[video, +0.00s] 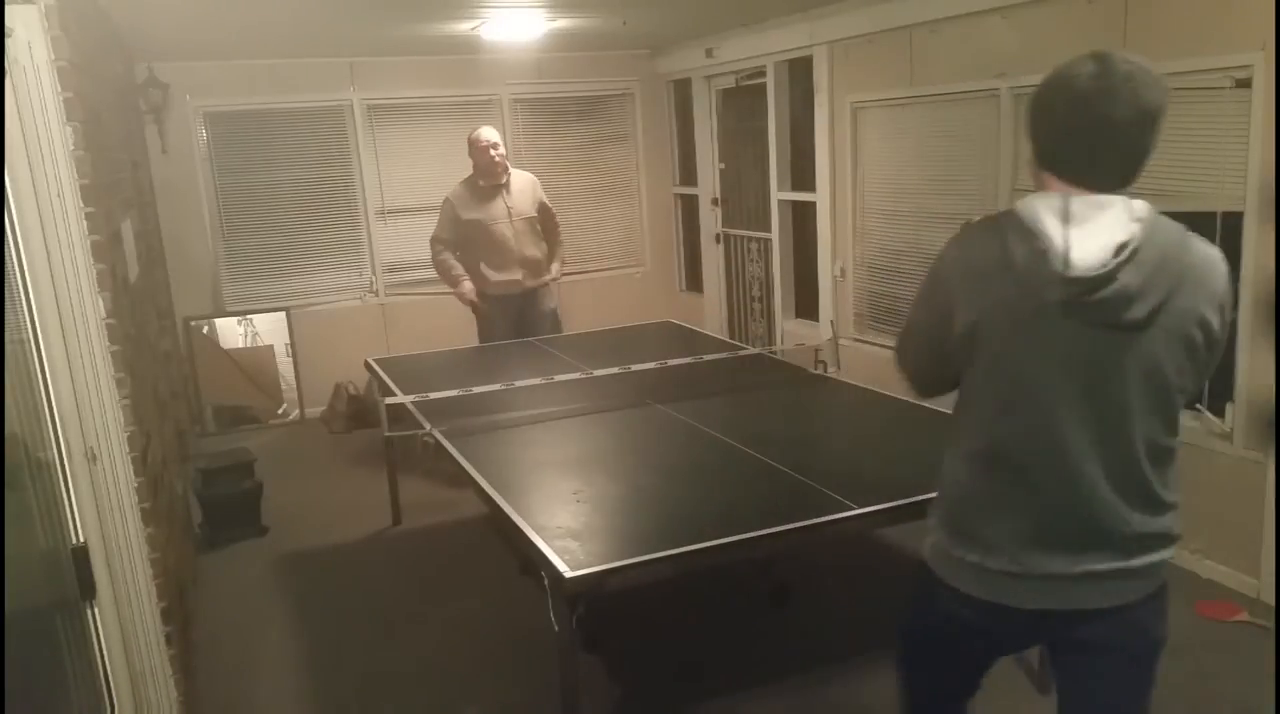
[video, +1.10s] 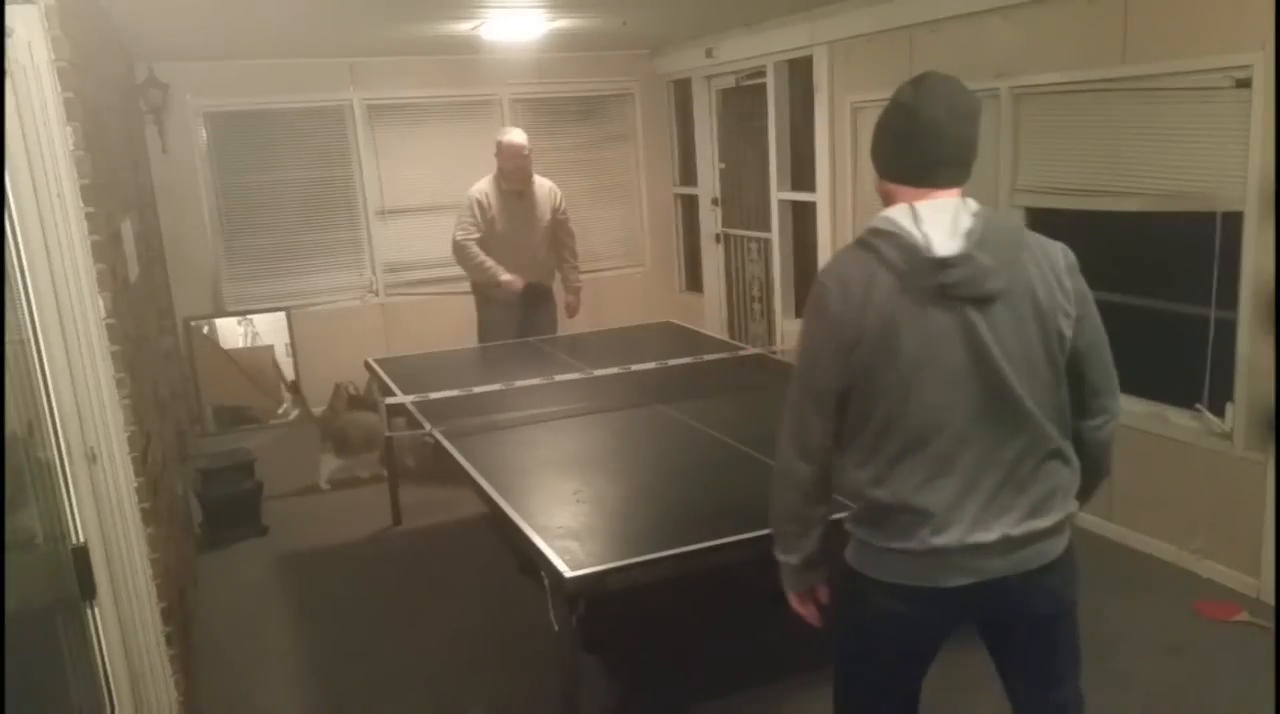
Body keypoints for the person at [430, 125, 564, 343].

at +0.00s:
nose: (492, 154)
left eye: (496, 146)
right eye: (484, 148)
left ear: (505, 150)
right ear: (471, 156)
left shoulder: (528, 182)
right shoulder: (457, 199)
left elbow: (552, 227)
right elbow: (440, 248)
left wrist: (555, 267)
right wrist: (462, 283)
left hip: (539, 294)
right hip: (493, 300)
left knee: (549, 363)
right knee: (499, 369)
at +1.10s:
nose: (521, 164)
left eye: (525, 156)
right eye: (513, 158)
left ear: (530, 155)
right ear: (498, 157)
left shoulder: (549, 192)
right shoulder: (481, 195)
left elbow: (565, 244)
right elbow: (463, 244)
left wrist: (572, 289)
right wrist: (501, 276)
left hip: (540, 296)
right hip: (497, 299)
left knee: (544, 364)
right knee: (500, 368)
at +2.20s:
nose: (521, 160)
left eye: (525, 153)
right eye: (514, 154)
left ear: (533, 153)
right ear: (500, 155)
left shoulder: (551, 193)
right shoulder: (480, 194)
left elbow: (566, 244)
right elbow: (460, 242)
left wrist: (571, 289)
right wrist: (480, 277)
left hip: (539, 300)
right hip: (496, 303)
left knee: (541, 373)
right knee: (500, 372)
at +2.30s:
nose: (519, 160)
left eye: (524, 152)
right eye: (511, 154)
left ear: (532, 153)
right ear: (499, 156)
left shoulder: (552, 192)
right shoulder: (480, 194)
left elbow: (568, 244)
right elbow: (460, 244)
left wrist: (572, 290)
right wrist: (475, 282)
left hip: (540, 300)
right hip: (497, 302)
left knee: (541, 369)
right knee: (499, 372)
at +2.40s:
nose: (518, 159)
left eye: (523, 152)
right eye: (511, 153)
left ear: (531, 153)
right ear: (498, 155)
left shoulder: (552, 192)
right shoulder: (480, 195)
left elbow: (568, 244)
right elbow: (460, 245)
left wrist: (572, 290)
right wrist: (474, 285)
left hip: (541, 300)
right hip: (497, 303)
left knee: (541, 370)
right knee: (499, 372)